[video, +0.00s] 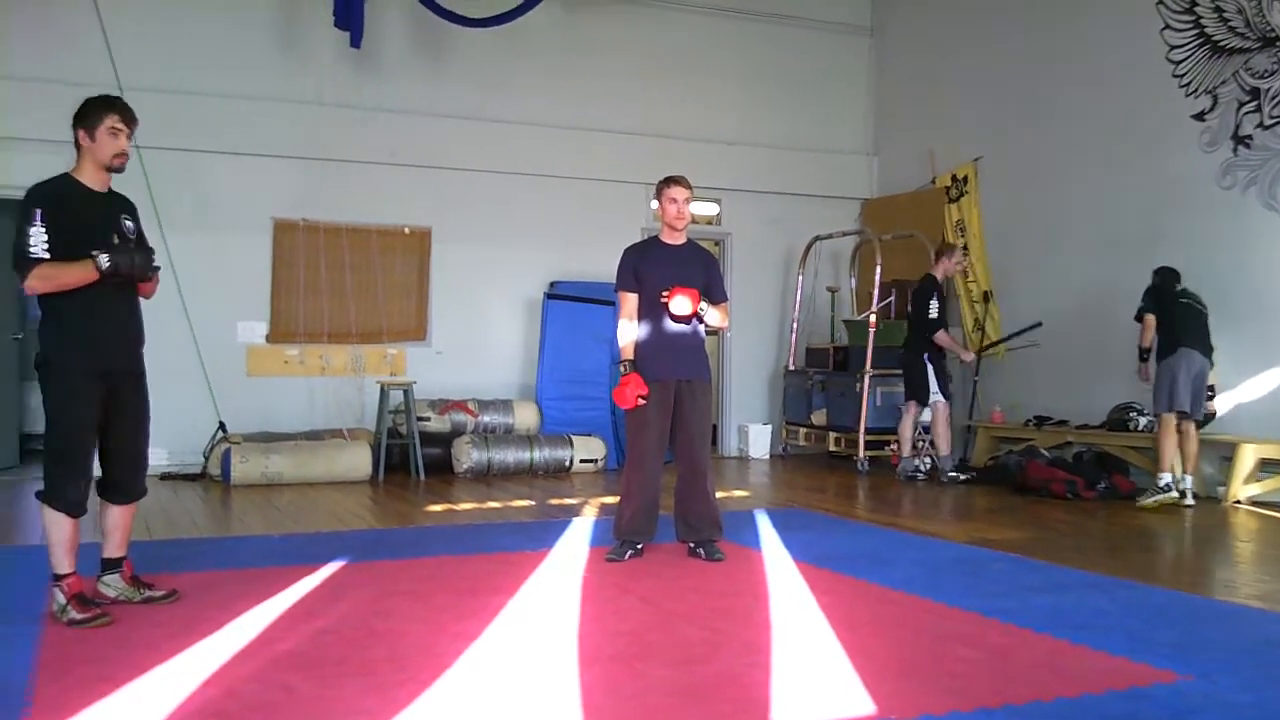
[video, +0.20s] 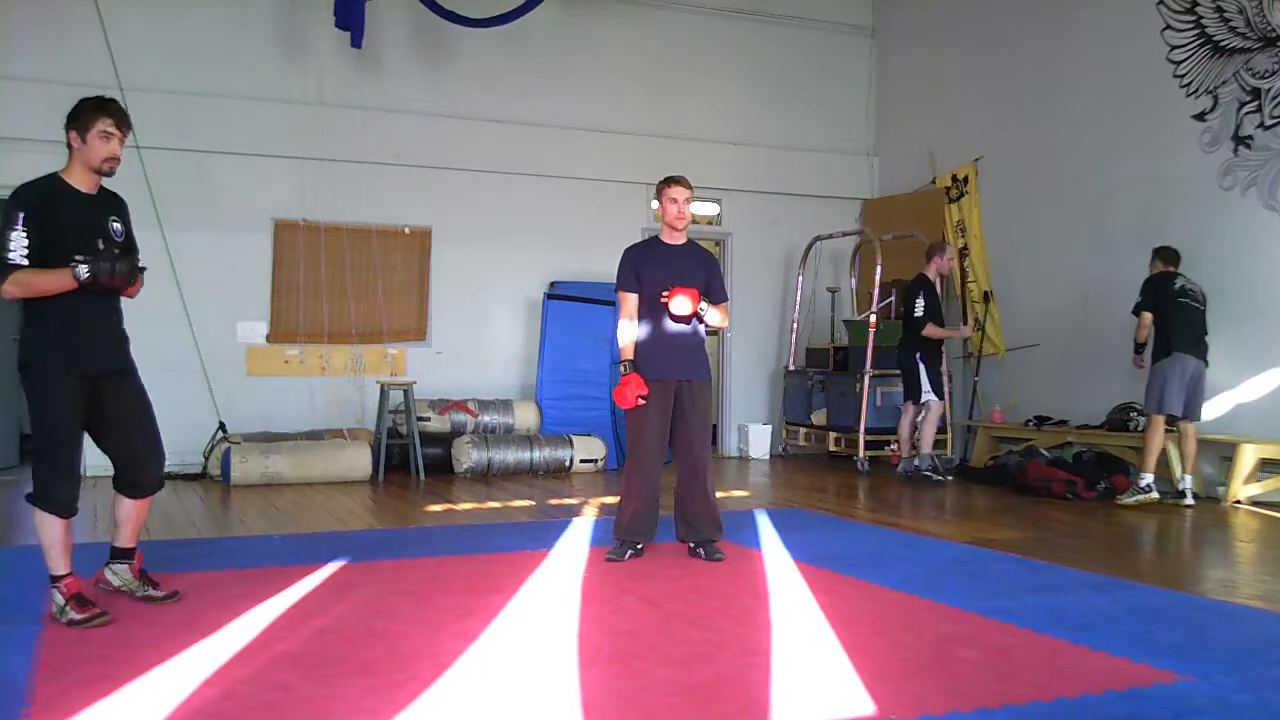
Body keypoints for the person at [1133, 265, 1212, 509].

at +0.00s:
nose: (1152, 282)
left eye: (1154, 279)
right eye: (1155, 279)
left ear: (1156, 280)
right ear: (1178, 282)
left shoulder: (1155, 290)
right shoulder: (1195, 299)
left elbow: (1149, 322)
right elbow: (1205, 342)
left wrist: (1144, 358)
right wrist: (1208, 381)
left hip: (1176, 351)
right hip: (1202, 357)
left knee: (1167, 418)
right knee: (1188, 424)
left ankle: (1164, 484)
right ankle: (1187, 487)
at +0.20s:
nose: (1151, 270)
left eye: (1152, 266)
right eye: (1152, 266)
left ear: (1157, 264)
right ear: (1176, 266)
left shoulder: (1155, 281)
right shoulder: (1196, 289)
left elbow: (1145, 320)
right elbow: (1196, 328)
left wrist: (1138, 350)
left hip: (1172, 353)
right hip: (1198, 357)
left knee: (1156, 418)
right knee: (1187, 423)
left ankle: (1145, 484)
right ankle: (1186, 488)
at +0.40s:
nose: (1153, 255)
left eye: (1155, 250)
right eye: (1154, 249)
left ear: (1164, 250)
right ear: (1180, 252)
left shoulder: (1158, 277)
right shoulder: (1201, 283)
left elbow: (1149, 318)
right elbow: (1207, 327)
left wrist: (1138, 349)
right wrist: (1185, 341)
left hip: (1168, 356)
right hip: (1196, 360)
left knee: (1153, 421)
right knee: (1191, 424)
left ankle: (1136, 484)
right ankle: (1193, 488)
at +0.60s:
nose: (1127, 249)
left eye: (1129, 244)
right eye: (1128, 244)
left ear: (1140, 245)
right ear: (1153, 247)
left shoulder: (1130, 276)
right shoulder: (1174, 282)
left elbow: (1118, 320)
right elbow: (1175, 327)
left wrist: (1101, 337)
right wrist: (1159, 348)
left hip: (1133, 357)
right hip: (1162, 360)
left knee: (1123, 422)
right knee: (1163, 424)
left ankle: (1113, 486)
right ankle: (1170, 486)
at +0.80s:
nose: (1086, 247)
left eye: (1088, 242)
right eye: (1086, 242)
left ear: (1098, 243)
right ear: (1111, 243)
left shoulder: (1086, 274)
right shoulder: (1132, 279)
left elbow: (1062, 315)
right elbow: (1131, 322)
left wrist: (1043, 315)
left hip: (1090, 355)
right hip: (1117, 359)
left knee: (1087, 420)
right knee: (1122, 418)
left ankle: (1083, 484)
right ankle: (1138, 481)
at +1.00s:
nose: (1084, 246)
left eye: (1086, 241)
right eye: (1085, 241)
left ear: (1095, 241)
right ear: (1110, 241)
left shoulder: (1083, 274)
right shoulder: (1130, 277)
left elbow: (1059, 309)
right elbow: (1131, 319)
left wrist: (1040, 299)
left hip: (1089, 354)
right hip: (1116, 356)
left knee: (1093, 420)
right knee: (1121, 417)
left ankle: (1094, 484)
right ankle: (1141, 477)